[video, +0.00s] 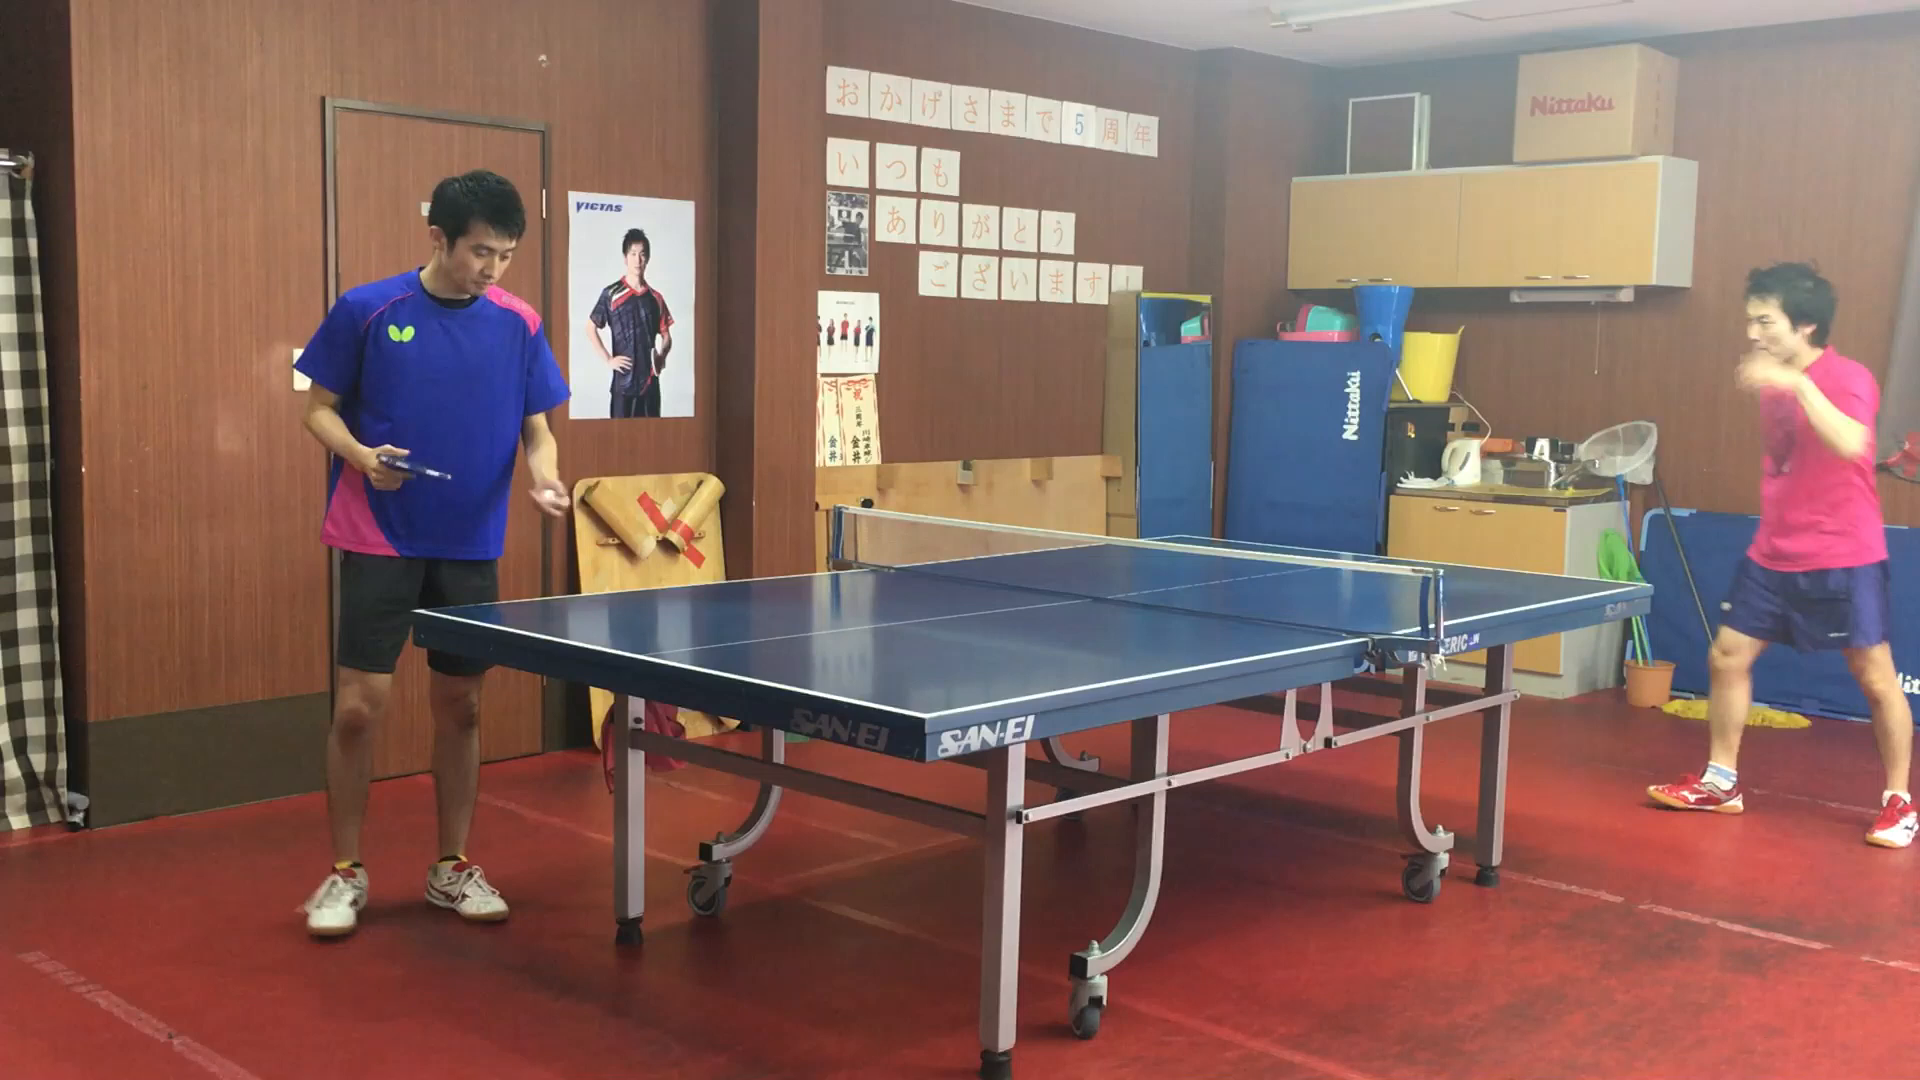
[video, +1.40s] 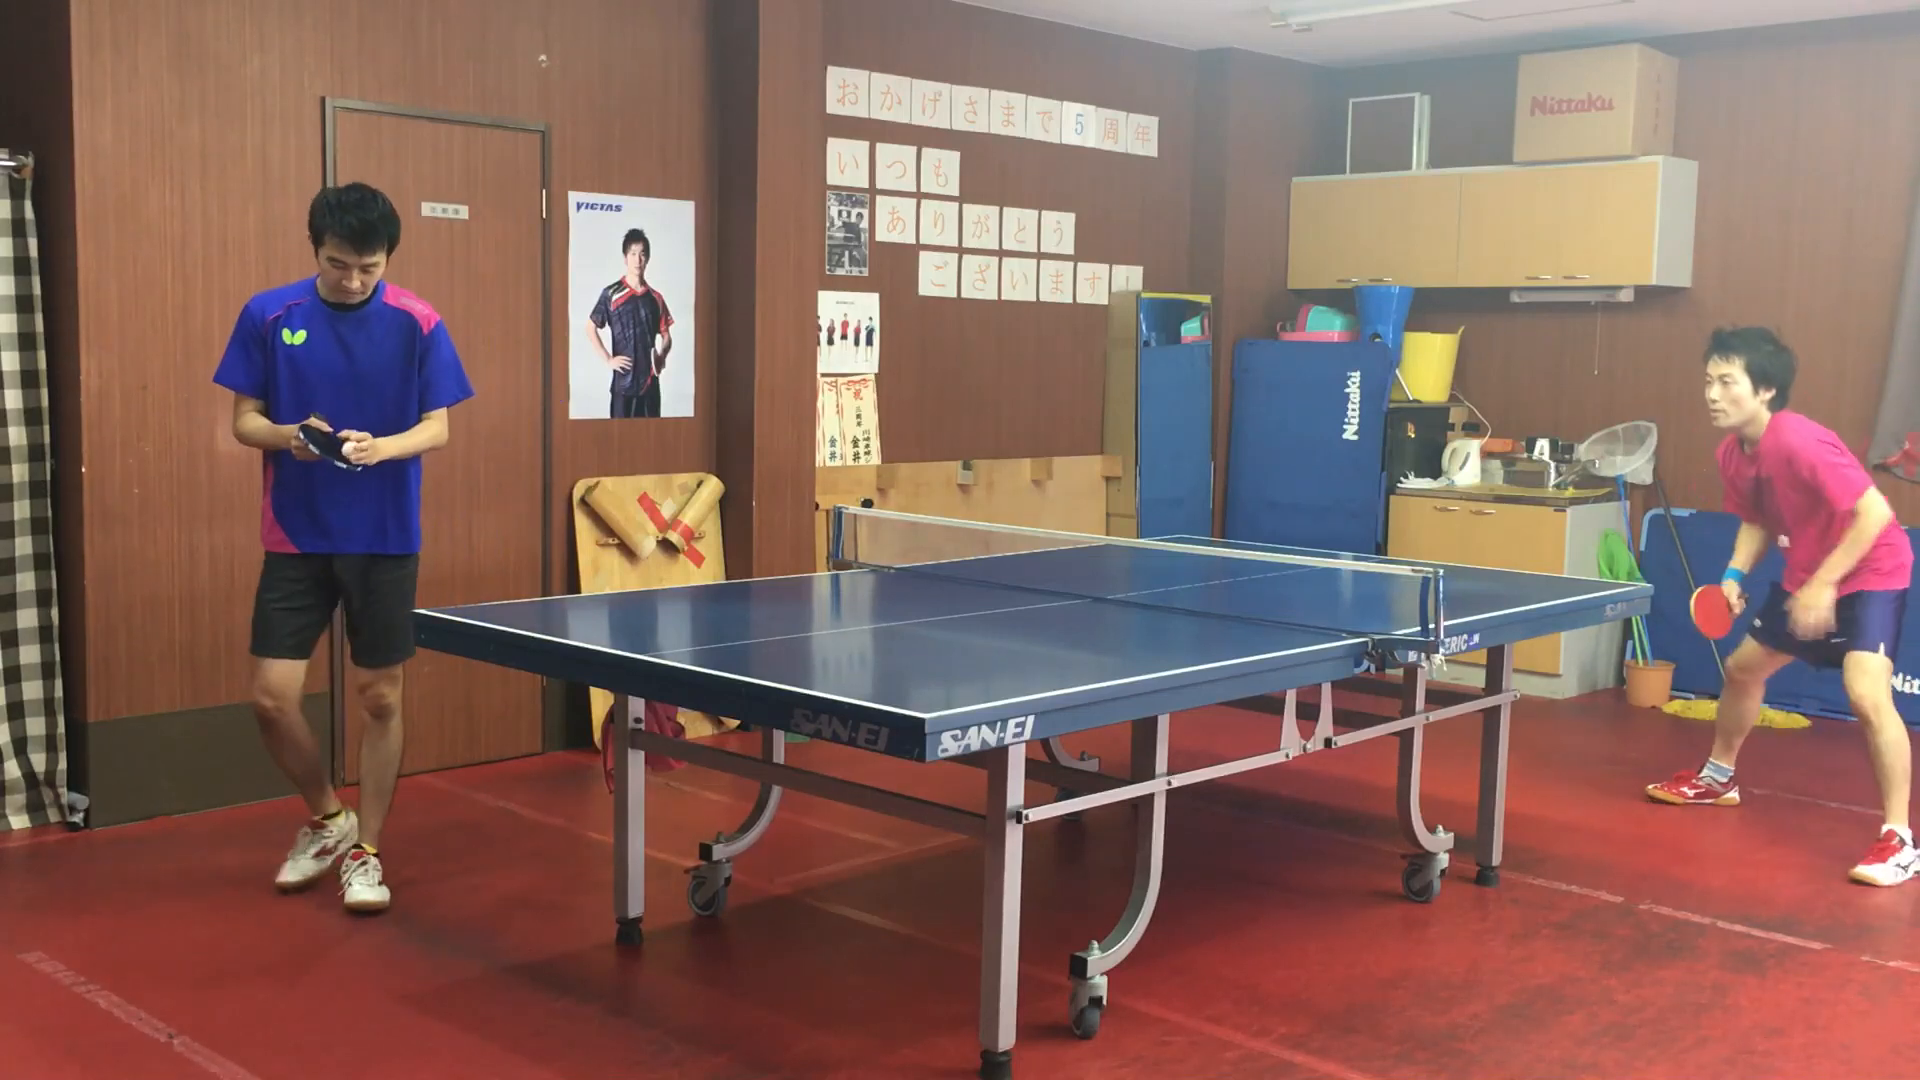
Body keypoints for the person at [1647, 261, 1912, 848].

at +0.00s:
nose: (1752, 332)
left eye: (1765, 320)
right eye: (1750, 320)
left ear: (1806, 325)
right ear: (1755, 324)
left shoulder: (1847, 377)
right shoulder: (1772, 382)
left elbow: (1853, 443)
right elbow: (1783, 465)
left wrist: (1797, 383)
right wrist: (1775, 535)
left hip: (1844, 556)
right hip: (1774, 551)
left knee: (1875, 675)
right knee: (1727, 657)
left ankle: (1899, 799)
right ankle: (1720, 782)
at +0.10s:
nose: (1773, 332)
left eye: (1787, 320)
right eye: (1770, 320)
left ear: (1828, 325)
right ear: (1769, 321)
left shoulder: (1872, 384)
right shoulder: (1797, 378)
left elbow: (1915, 450)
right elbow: (1819, 455)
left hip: (1866, 562)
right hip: (1798, 553)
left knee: (1888, 679)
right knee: (1754, 653)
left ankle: (1901, 796)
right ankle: (1747, 775)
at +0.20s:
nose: (1789, 332)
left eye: (1801, 320)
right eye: (1786, 321)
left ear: (1843, 325)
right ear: (1787, 323)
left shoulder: (1891, 389)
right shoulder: (1802, 381)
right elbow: (1807, 446)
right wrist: (1782, 507)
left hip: (1883, 561)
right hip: (1816, 554)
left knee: (1891, 676)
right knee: (1782, 655)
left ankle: (1902, 796)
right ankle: (1813, 773)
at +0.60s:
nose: (1784, 338)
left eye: (1798, 326)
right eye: (1780, 326)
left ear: (1839, 332)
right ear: (1777, 330)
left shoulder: (1886, 388)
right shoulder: (1790, 403)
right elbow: (1789, 477)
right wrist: (1758, 535)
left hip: (1889, 558)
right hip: (1819, 553)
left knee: (1890, 677)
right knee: (1778, 654)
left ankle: (1901, 797)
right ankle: (1757, 768)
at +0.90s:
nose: (1716, 344)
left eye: (1730, 333)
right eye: (1713, 334)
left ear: (1769, 341)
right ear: (1710, 342)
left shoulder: (1812, 394)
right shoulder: (1725, 420)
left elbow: (1880, 459)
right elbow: (1740, 490)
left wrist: (1868, 543)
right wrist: (1714, 543)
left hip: (1835, 560)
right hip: (1765, 560)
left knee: (1854, 680)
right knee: (1712, 658)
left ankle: (1898, 787)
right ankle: (1713, 776)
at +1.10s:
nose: (1695, 350)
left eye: (1710, 339)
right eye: (1692, 339)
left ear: (1747, 346)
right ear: (1690, 345)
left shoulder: (1786, 396)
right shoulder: (1706, 427)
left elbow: (1841, 464)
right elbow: (1720, 497)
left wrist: (1790, 536)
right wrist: (1709, 542)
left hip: (1832, 554)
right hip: (1762, 555)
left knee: (1863, 677)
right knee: (1706, 657)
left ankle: (1907, 806)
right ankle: (1712, 777)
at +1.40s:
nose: (1710, 393)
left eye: (1725, 381)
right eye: (1708, 381)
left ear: (1766, 391)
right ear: (1708, 386)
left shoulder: (1801, 442)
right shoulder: (1732, 454)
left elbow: (1875, 512)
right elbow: (1754, 522)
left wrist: (1821, 583)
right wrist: (1733, 578)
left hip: (1874, 570)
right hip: (1808, 570)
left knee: (1866, 692)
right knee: (1742, 670)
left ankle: (1898, 837)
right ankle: (1717, 777)